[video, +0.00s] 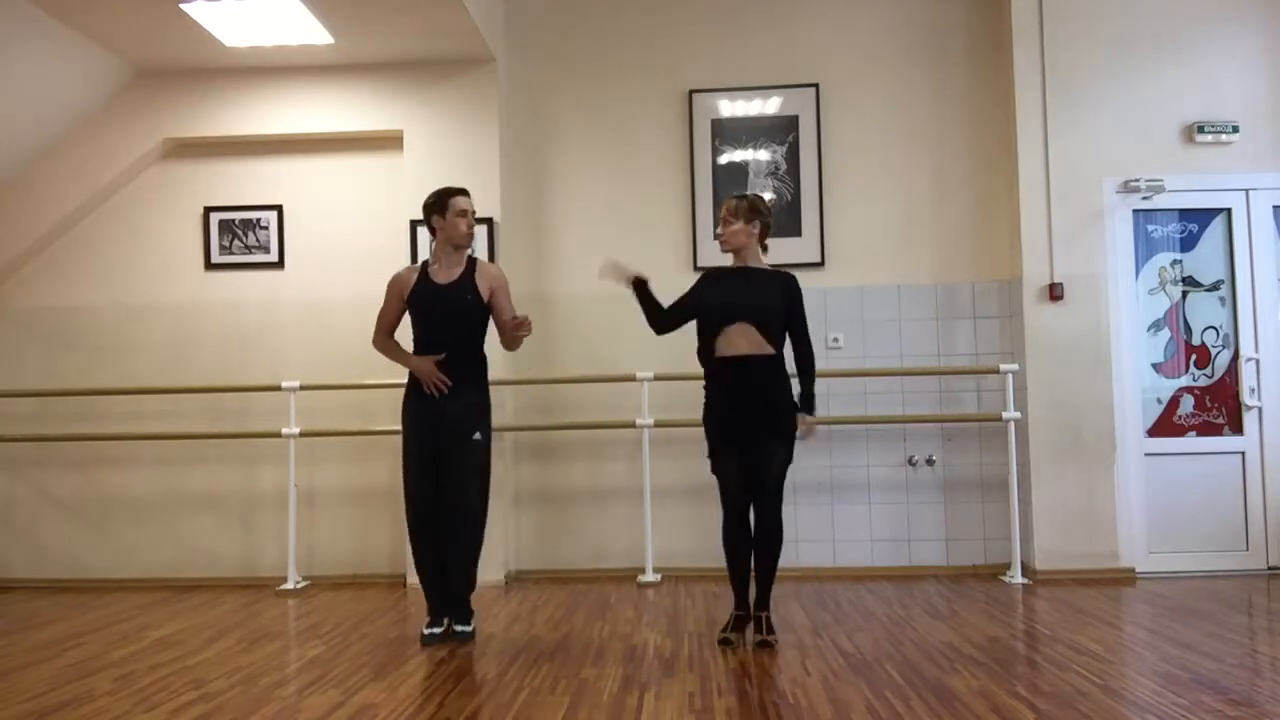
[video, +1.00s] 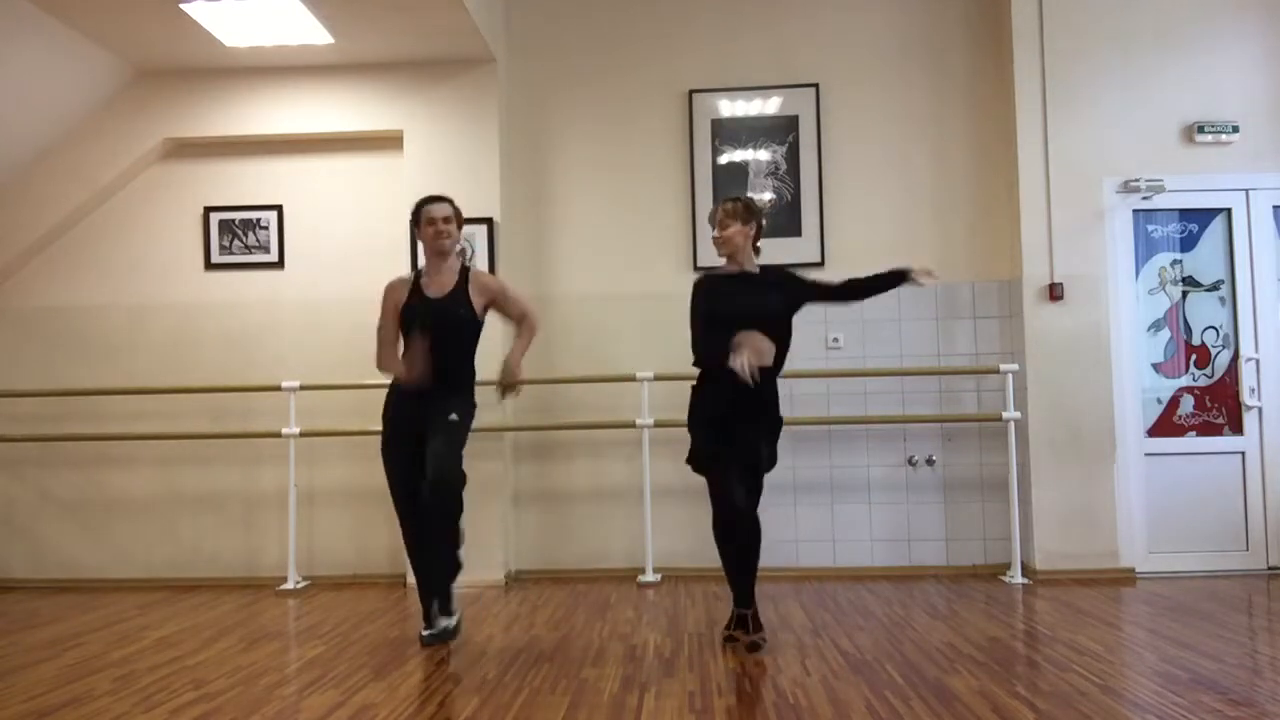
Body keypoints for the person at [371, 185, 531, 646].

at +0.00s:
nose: (470, 222)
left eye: (472, 215)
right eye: (461, 215)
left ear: (473, 223)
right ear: (436, 223)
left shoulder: (489, 276)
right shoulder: (407, 281)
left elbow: (508, 340)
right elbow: (381, 338)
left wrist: (518, 329)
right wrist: (413, 362)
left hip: (469, 401)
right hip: (423, 403)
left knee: (466, 507)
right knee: (424, 506)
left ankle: (461, 611)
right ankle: (437, 612)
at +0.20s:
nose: (471, 222)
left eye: (473, 216)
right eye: (462, 215)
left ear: (470, 222)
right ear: (436, 222)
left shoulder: (487, 275)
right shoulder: (404, 280)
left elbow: (504, 339)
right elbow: (378, 338)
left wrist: (517, 328)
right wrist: (411, 361)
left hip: (469, 402)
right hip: (423, 404)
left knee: (465, 509)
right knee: (427, 508)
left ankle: (462, 615)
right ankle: (436, 615)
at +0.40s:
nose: (469, 224)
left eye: (471, 217)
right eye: (460, 216)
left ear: (469, 223)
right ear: (435, 221)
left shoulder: (485, 274)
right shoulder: (401, 280)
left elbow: (502, 339)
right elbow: (375, 338)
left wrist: (517, 329)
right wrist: (408, 362)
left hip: (468, 402)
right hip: (421, 405)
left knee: (466, 510)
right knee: (427, 511)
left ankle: (462, 614)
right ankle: (434, 615)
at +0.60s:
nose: (467, 223)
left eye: (469, 216)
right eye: (458, 216)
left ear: (468, 222)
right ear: (433, 221)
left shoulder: (484, 275)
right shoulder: (400, 281)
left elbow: (501, 339)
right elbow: (372, 339)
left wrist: (517, 332)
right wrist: (407, 362)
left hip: (467, 402)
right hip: (420, 405)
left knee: (465, 510)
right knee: (426, 510)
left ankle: (462, 614)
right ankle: (435, 615)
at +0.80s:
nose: (467, 220)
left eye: (468, 213)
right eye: (458, 213)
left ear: (464, 219)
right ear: (431, 218)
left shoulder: (481, 273)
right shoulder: (397, 275)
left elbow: (510, 319)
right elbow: (365, 334)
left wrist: (519, 339)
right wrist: (404, 341)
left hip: (464, 402)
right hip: (416, 405)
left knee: (463, 507)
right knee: (423, 508)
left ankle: (461, 614)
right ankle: (434, 615)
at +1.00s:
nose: (440, 229)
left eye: (447, 221)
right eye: (431, 223)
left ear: (459, 230)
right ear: (417, 233)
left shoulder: (482, 285)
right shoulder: (399, 291)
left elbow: (527, 320)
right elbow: (385, 358)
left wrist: (514, 360)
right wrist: (405, 369)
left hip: (452, 403)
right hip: (405, 404)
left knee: (440, 481)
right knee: (410, 506)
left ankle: (443, 592)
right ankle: (432, 608)